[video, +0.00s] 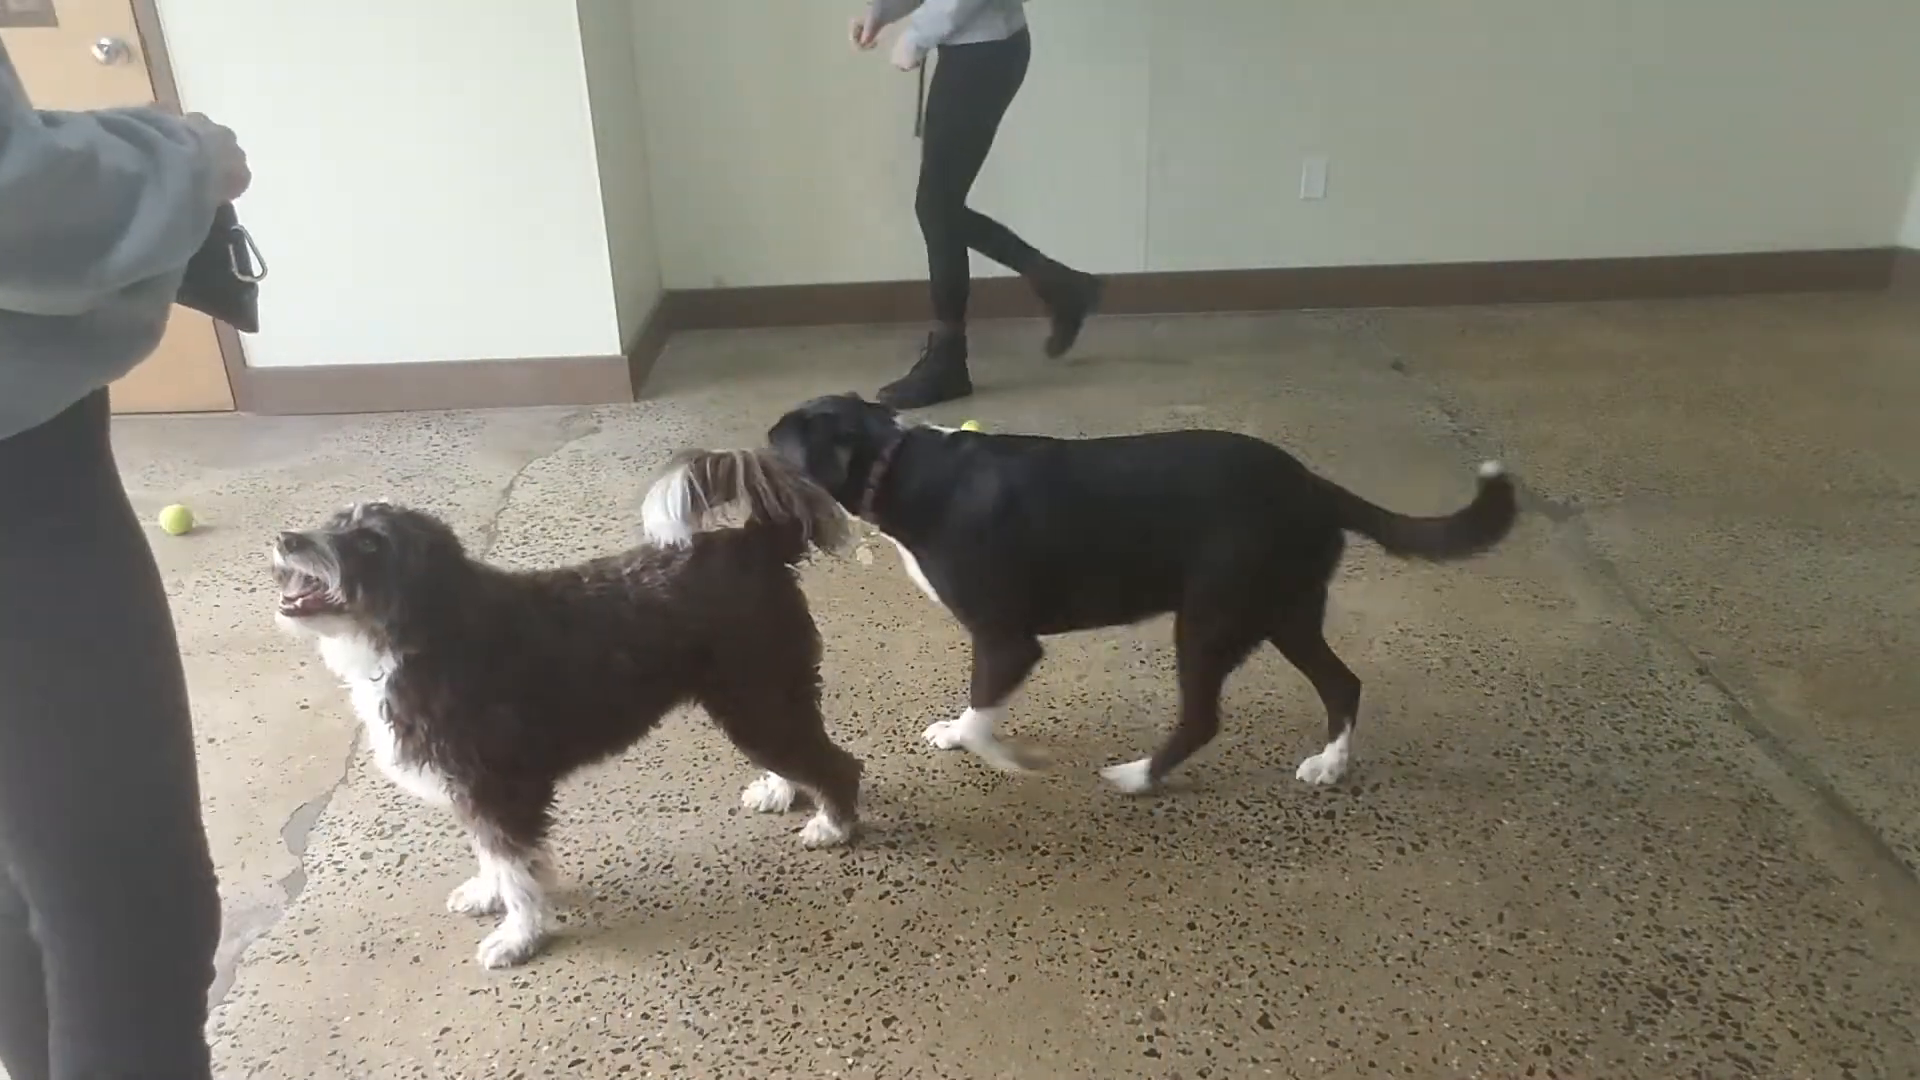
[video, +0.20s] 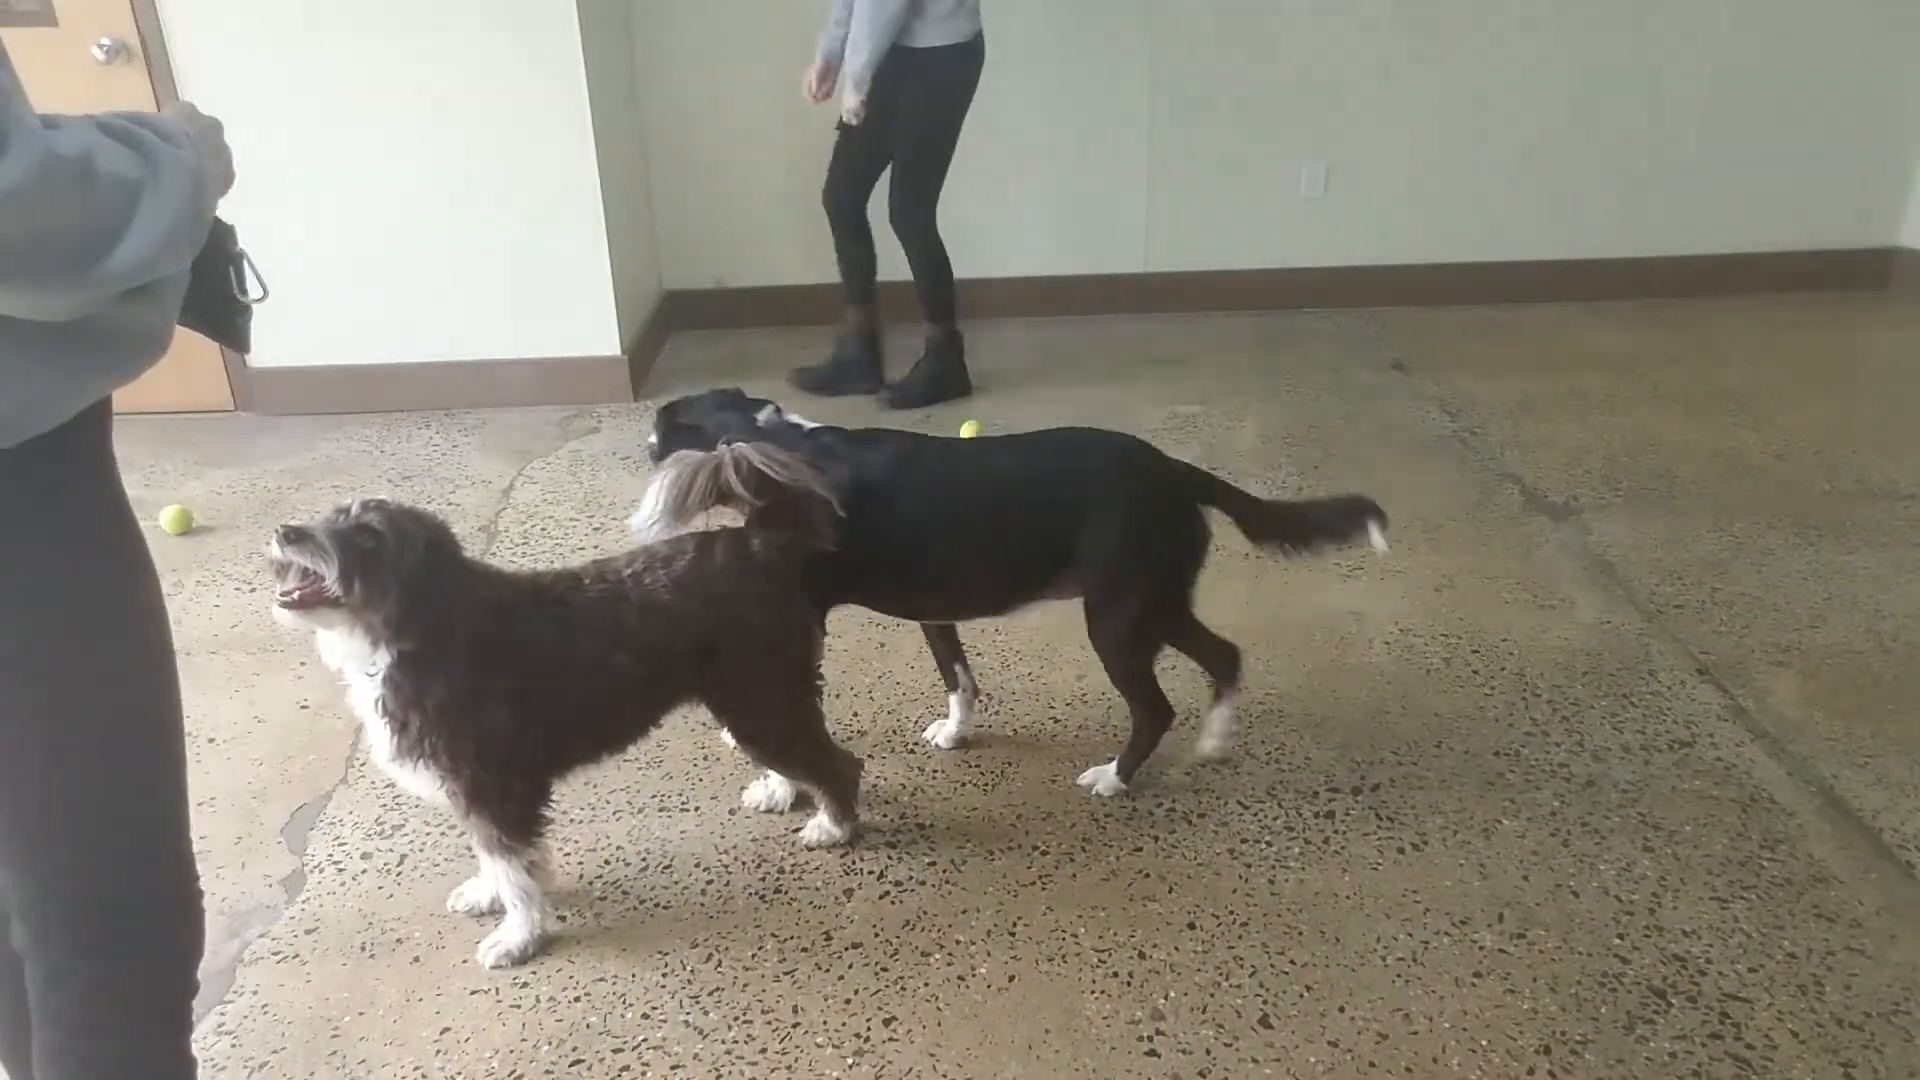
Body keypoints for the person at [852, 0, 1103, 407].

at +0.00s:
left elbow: (964, 6)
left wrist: (916, 35)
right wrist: (880, 12)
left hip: (987, 45)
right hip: (963, 45)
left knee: (938, 206)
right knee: (940, 206)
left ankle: (948, 364)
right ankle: (1062, 286)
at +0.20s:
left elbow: (890, 5)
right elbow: (857, 1)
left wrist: (857, 80)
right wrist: (830, 53)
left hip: (944, 47)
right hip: (889, 46)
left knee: (911, 210)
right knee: (842, 196)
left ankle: (946, 363)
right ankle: (859, 357)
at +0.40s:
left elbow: (841, 10)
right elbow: (777, 9)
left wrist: (821, 95)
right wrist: (784, 99)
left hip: (886, 58)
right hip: (819, 62)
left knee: (858, 228)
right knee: (791, 219)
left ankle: (936, 351)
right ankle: (776, 368)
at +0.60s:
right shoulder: (707, 6)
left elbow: (783, 33)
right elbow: (721, 39)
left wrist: (781, 119)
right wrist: (755, 130)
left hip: (843, 50)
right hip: (777, 58)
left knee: (785, 215)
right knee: (757, 213)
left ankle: (865, 349)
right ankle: (772, 370)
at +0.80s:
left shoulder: (723, 4)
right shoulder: (662, 6)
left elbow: (761, 58)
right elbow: (703, 67)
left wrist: (772, 133)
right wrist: (751, 143)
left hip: (825, 54)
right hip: (764, 62)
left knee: (783, 213)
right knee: (752, 213)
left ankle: (791, 382)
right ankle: (764, 370)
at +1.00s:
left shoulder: (690, 4)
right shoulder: (643, 17)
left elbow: (750, 73)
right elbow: (705, 91)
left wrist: (774, 129)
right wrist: (759, 159)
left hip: (818, 53)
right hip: (767, 65)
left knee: (782, 211)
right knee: (752, 212)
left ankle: (789, 381)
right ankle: (764, 371)